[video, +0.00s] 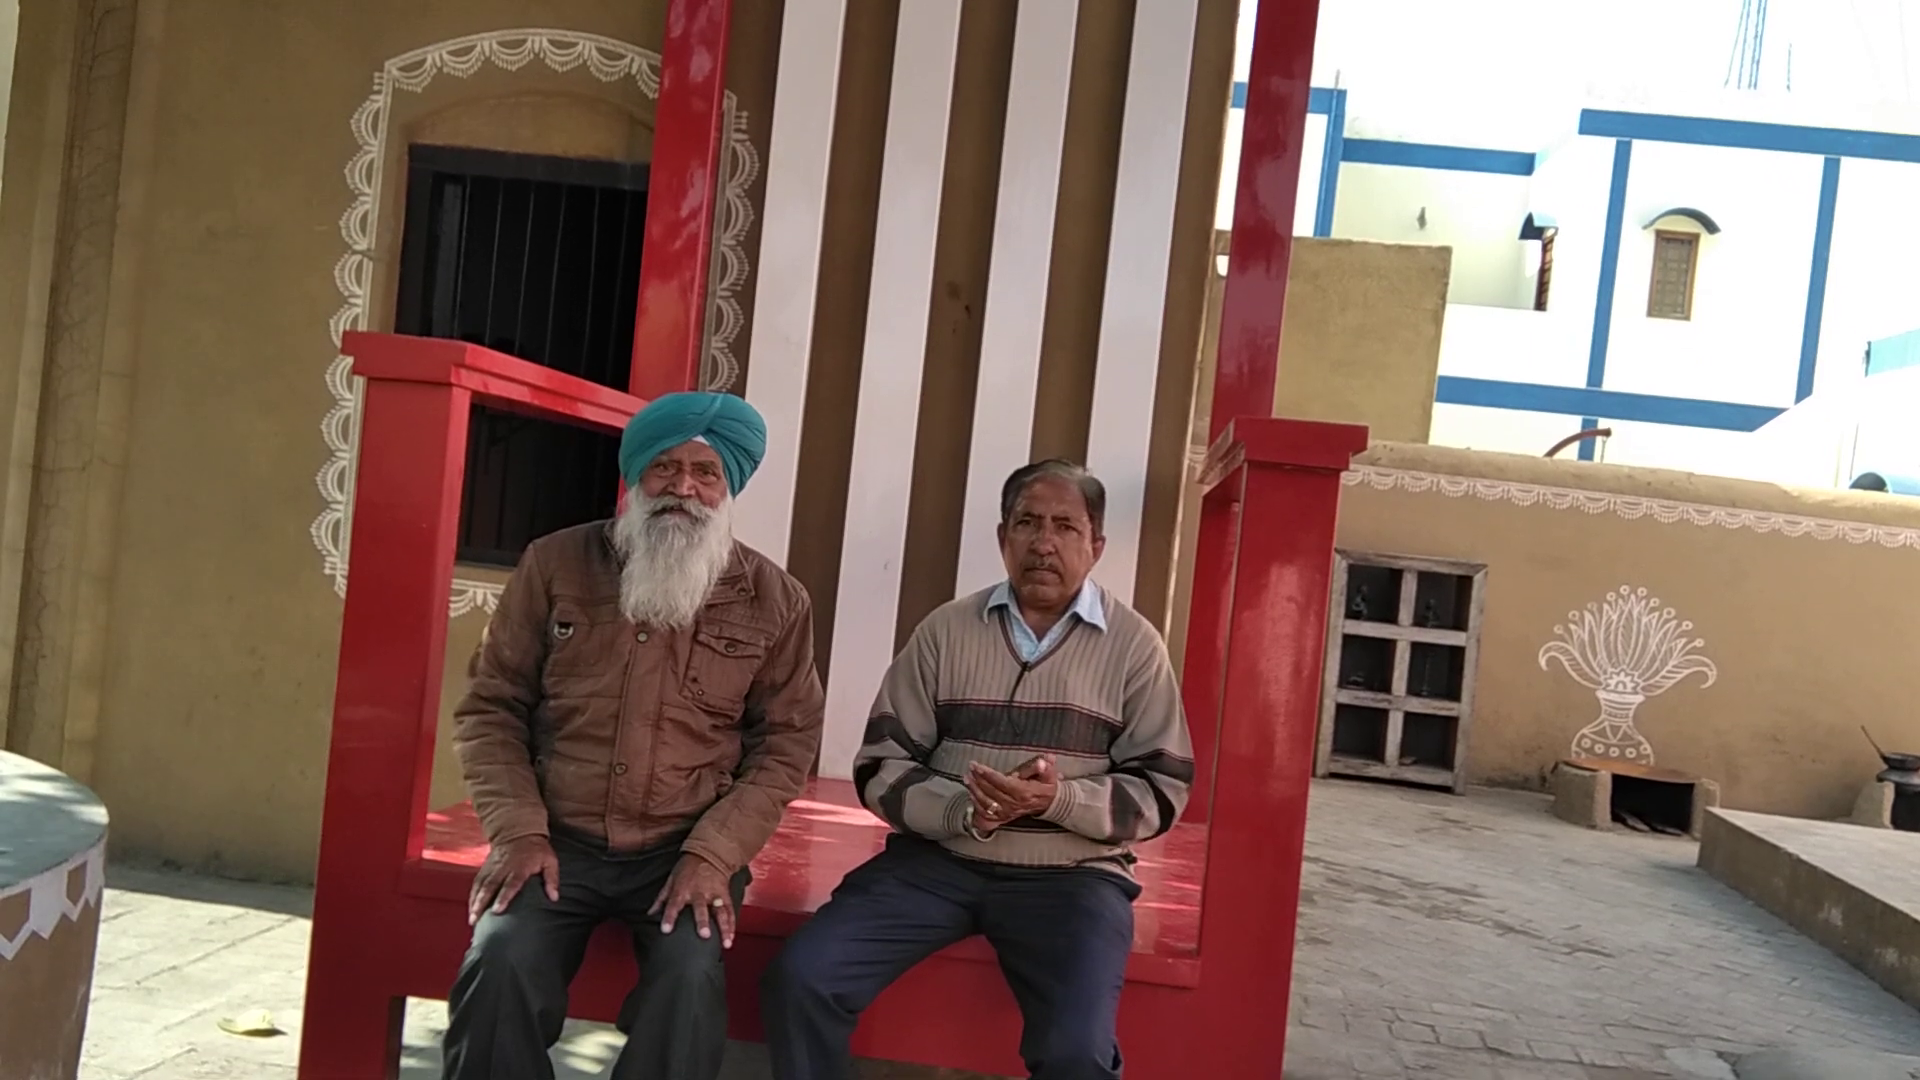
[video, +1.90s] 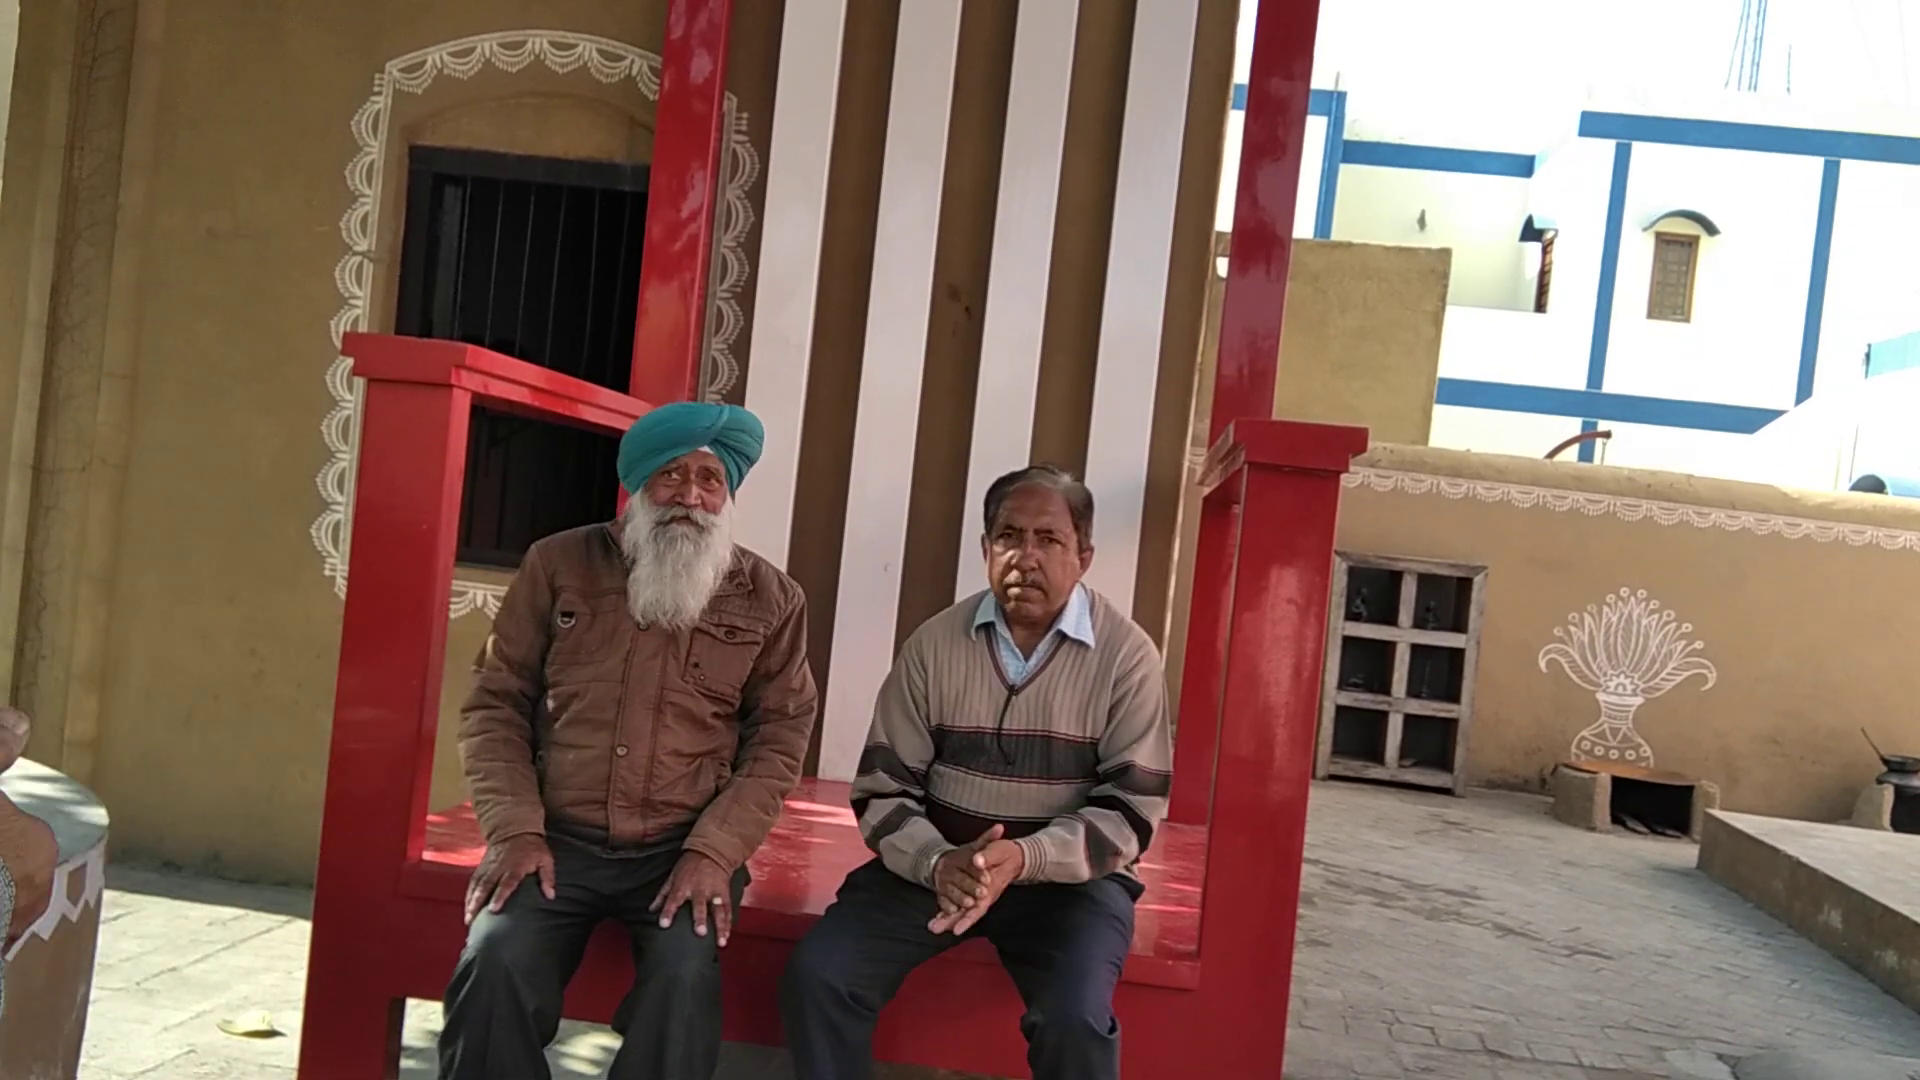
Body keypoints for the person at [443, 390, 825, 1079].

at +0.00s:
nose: (683, 487)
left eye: (706, 472)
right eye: (665, 468)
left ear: (729, 493)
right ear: (631, 483)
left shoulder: (775, 601)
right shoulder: (556, 565)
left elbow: (787, 747)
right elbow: (491, 706)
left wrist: (714, 853)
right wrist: (517, 828)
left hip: (685, 861)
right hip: (556, 849)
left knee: (690, 973)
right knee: (501, 961)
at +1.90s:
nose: (691, 495)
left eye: (710, 480)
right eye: (672, 476)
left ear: (730, 498)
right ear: (634, 488)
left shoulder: (771, 601)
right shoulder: (558, 566)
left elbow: (779, 742)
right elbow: (497, 701)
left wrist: (714, 852)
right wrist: (514, 824)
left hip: (684, 859)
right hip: (557, 846)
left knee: (685, 972)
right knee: (495, 960)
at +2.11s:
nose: (684, 495)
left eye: (705, 480)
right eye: (666, 477)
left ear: (729, 497)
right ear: (634, 487)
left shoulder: (772, 600)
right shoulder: (561, 563)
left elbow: (782, 734)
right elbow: (498, 693)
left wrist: (717, 842)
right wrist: (513, 816)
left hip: (684, 855)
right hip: (555, 840)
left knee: (686, 971)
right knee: (487, 956)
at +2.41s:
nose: (654, 497)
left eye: (677, 480)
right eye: (637, 477)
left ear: (710, 493)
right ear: (611, 484)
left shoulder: (766, 596)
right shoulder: (540, 568)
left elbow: (783, 739)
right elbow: (481, 708)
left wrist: (718, 854)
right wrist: (511, 830)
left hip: (683, 863)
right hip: (553, 852)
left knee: (684, 981)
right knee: (491, 974)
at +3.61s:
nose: (653, 292)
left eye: (681, 279)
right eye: (635, 272)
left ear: (717, 305)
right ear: (602, 285)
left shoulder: (761, 440)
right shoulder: (530, 392)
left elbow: (780, 623)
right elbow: (457, 571)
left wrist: (734, 781)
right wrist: (455, 735)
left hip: (658, 758)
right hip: (508, 745)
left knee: (630, 1017)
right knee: (454, 995)